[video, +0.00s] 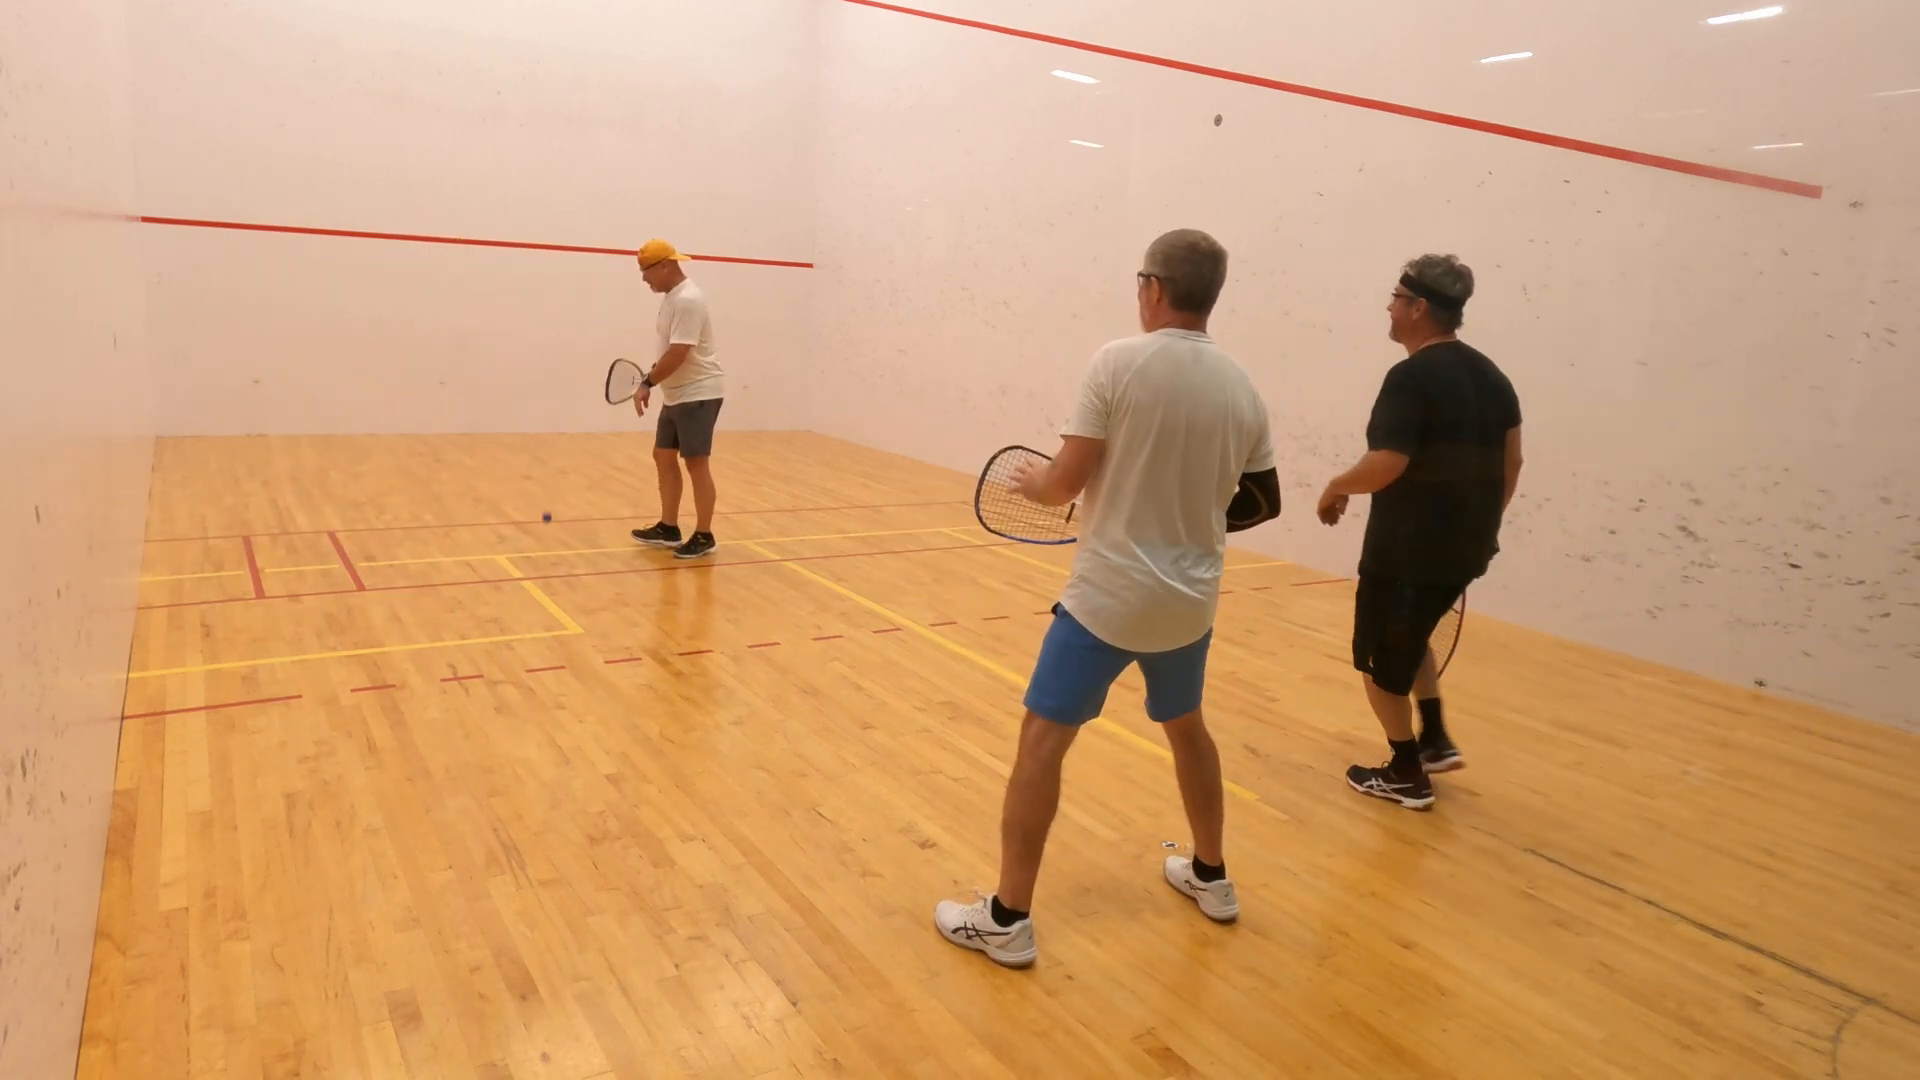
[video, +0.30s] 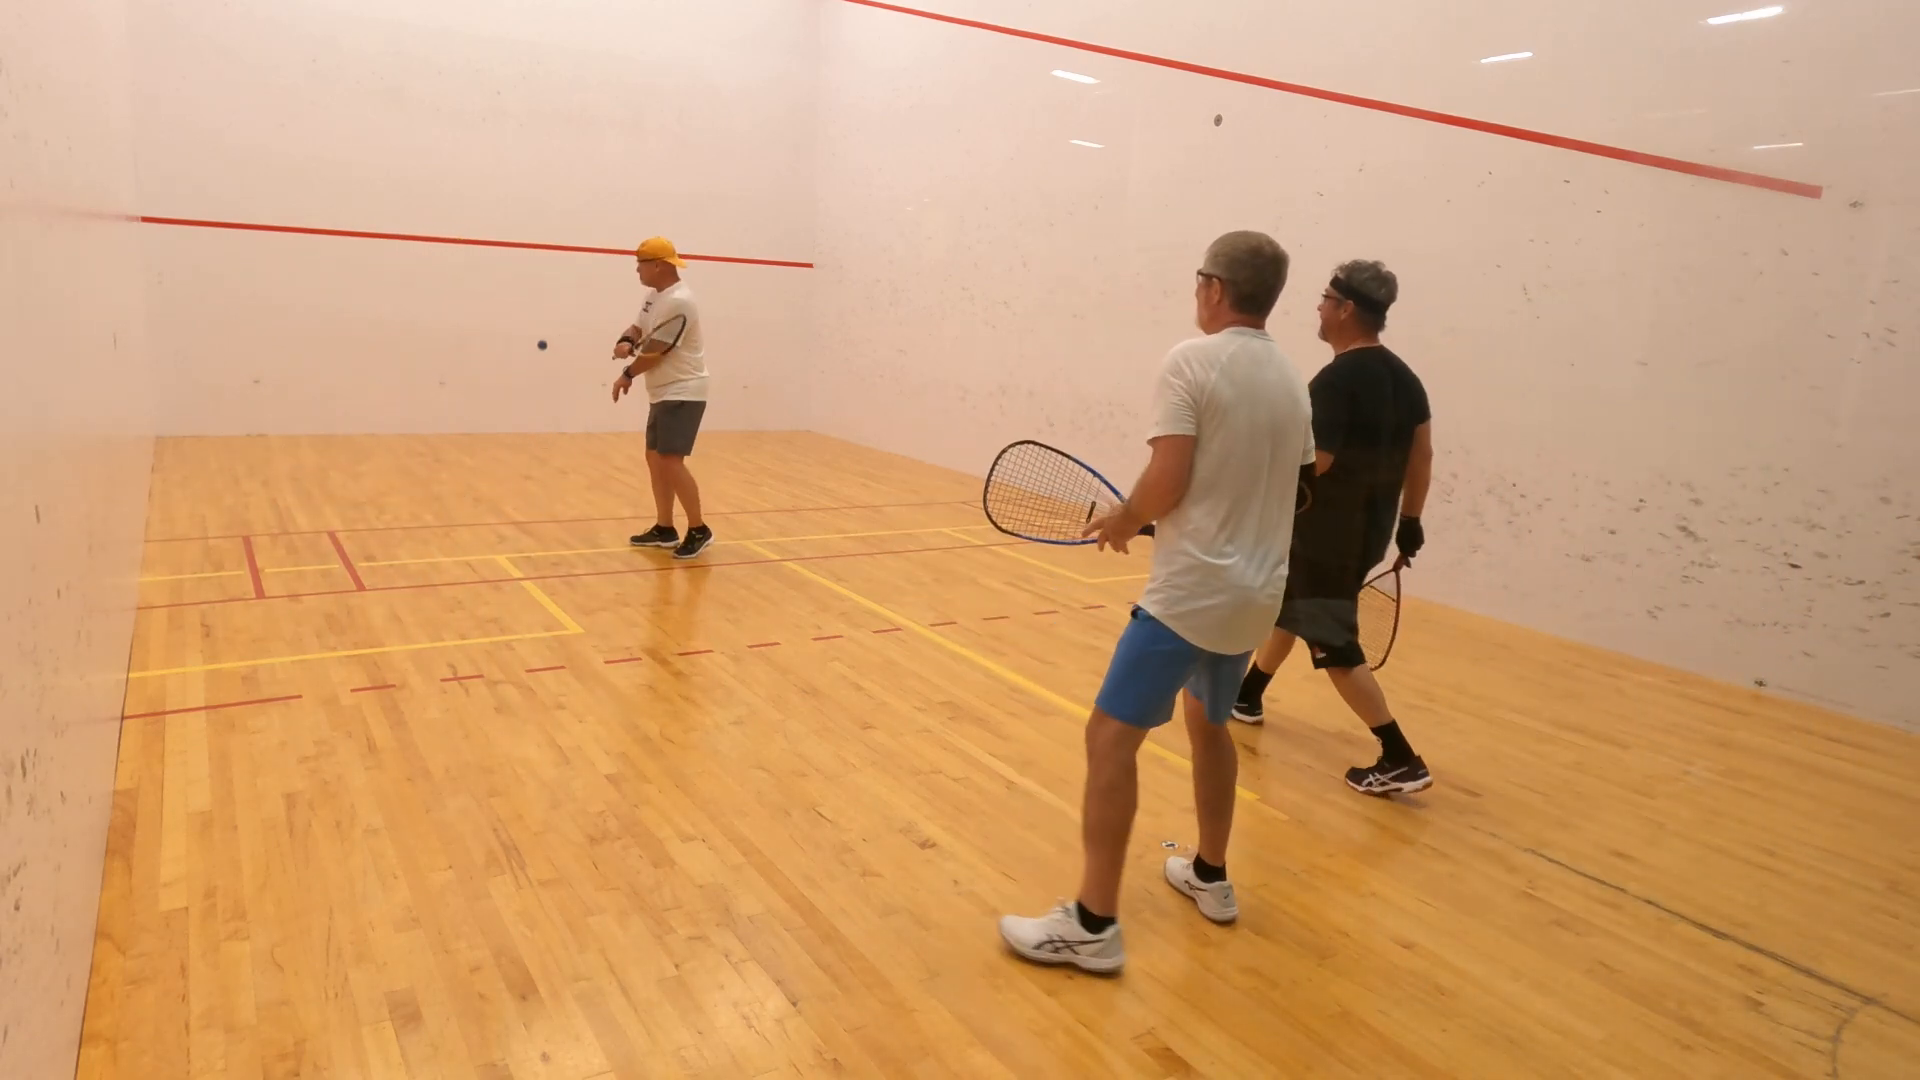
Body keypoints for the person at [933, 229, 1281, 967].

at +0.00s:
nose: (1137, 295)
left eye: (1140, 284)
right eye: (1144, 283)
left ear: (1152, 290)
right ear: (1211, 299)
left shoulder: (1121, 364)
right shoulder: (1239, 386)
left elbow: (1062, 485)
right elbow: (1261, 500)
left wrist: (1033, 481)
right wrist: (1181, 513)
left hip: (1107, 598)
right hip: (1190, 605)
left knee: (1042, 741)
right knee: (1186, 726)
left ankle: (1008, 916)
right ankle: (1210, 874)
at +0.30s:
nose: (1195, 293)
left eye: (1199, 282)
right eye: (1201, 281)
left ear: (1215, 290)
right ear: (1268, 300)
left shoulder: (1193, 362)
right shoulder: (1287, 376)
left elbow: (1167, 483)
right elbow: (1294, 478)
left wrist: (1123, 521)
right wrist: (1158, 511)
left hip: (1189, 593)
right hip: (1257, 594)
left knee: (1110, 735)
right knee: (1208, 718)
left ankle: (1094, 921)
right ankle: (1210, 876)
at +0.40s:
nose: (1216, 289)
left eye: (1221, 279)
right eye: (1220, 277)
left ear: (1235, 286)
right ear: (1294, 294)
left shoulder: (1216, 358)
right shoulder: (1309, 368)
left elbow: (1187, 480)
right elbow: (1296, 481)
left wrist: (1143, 514)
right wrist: (1172, 517)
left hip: (1207, 591)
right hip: (1273, 591)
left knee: (1138, 741)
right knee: (1215, 723)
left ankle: (1182, 933)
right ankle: (1210, 874)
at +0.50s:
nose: (1238, 289)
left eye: (1244, 279)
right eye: (1243, 277)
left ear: (1260, 290)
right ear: (1316, 299)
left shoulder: (1236, 365)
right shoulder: (1331, 376)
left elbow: (1205, 489)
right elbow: (1314, 497)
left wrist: (1153, 522)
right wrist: (1185, 527)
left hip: (1225, 604)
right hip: (1286, 603)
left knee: (1172, 761)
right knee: (1226, 733)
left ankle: (1270, 939)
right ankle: (1212, 870)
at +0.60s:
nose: (1263, 296)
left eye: (1269, 286)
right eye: (1269, 284)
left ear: (1286, 298)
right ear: (1338, 308)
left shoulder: (1260, 381)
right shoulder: (1347, 386)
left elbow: (1217, 508)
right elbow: (1345, 509)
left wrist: (1158, 556)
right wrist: (1235, 489)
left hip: (1243, 621)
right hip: (1299, 615)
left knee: (1213, 786)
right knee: (1226, 735)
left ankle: (1334, 965)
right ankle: (1212, 874)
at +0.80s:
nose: (1308, 294)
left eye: (1314, 285)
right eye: (1314, 282)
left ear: (1329, 299)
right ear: (1392, 310)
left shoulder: (1305, 388)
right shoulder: (1408, 399)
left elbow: (1275, 527)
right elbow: (1415, 528)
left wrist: (1208, 620)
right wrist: (1333, 594)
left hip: (1302, 627)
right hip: (1367, 629)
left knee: (1316, 837)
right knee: (1277, 753)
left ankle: (1382, 1030)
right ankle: (1221, 875)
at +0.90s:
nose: (1327, 285)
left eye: (1335, 274)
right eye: (1335, 272)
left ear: (1357, 293)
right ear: (1412, 303)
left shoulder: (1334, 387)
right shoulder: (1443, 397)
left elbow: (1311, 537)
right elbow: (1464, 528)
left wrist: (1249, 656)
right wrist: (1396, 597)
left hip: (1331, 641)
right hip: (1400, 642)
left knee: (1338, 843)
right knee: (1310, 766)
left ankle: (1382, 1034)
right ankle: (1251, 887)